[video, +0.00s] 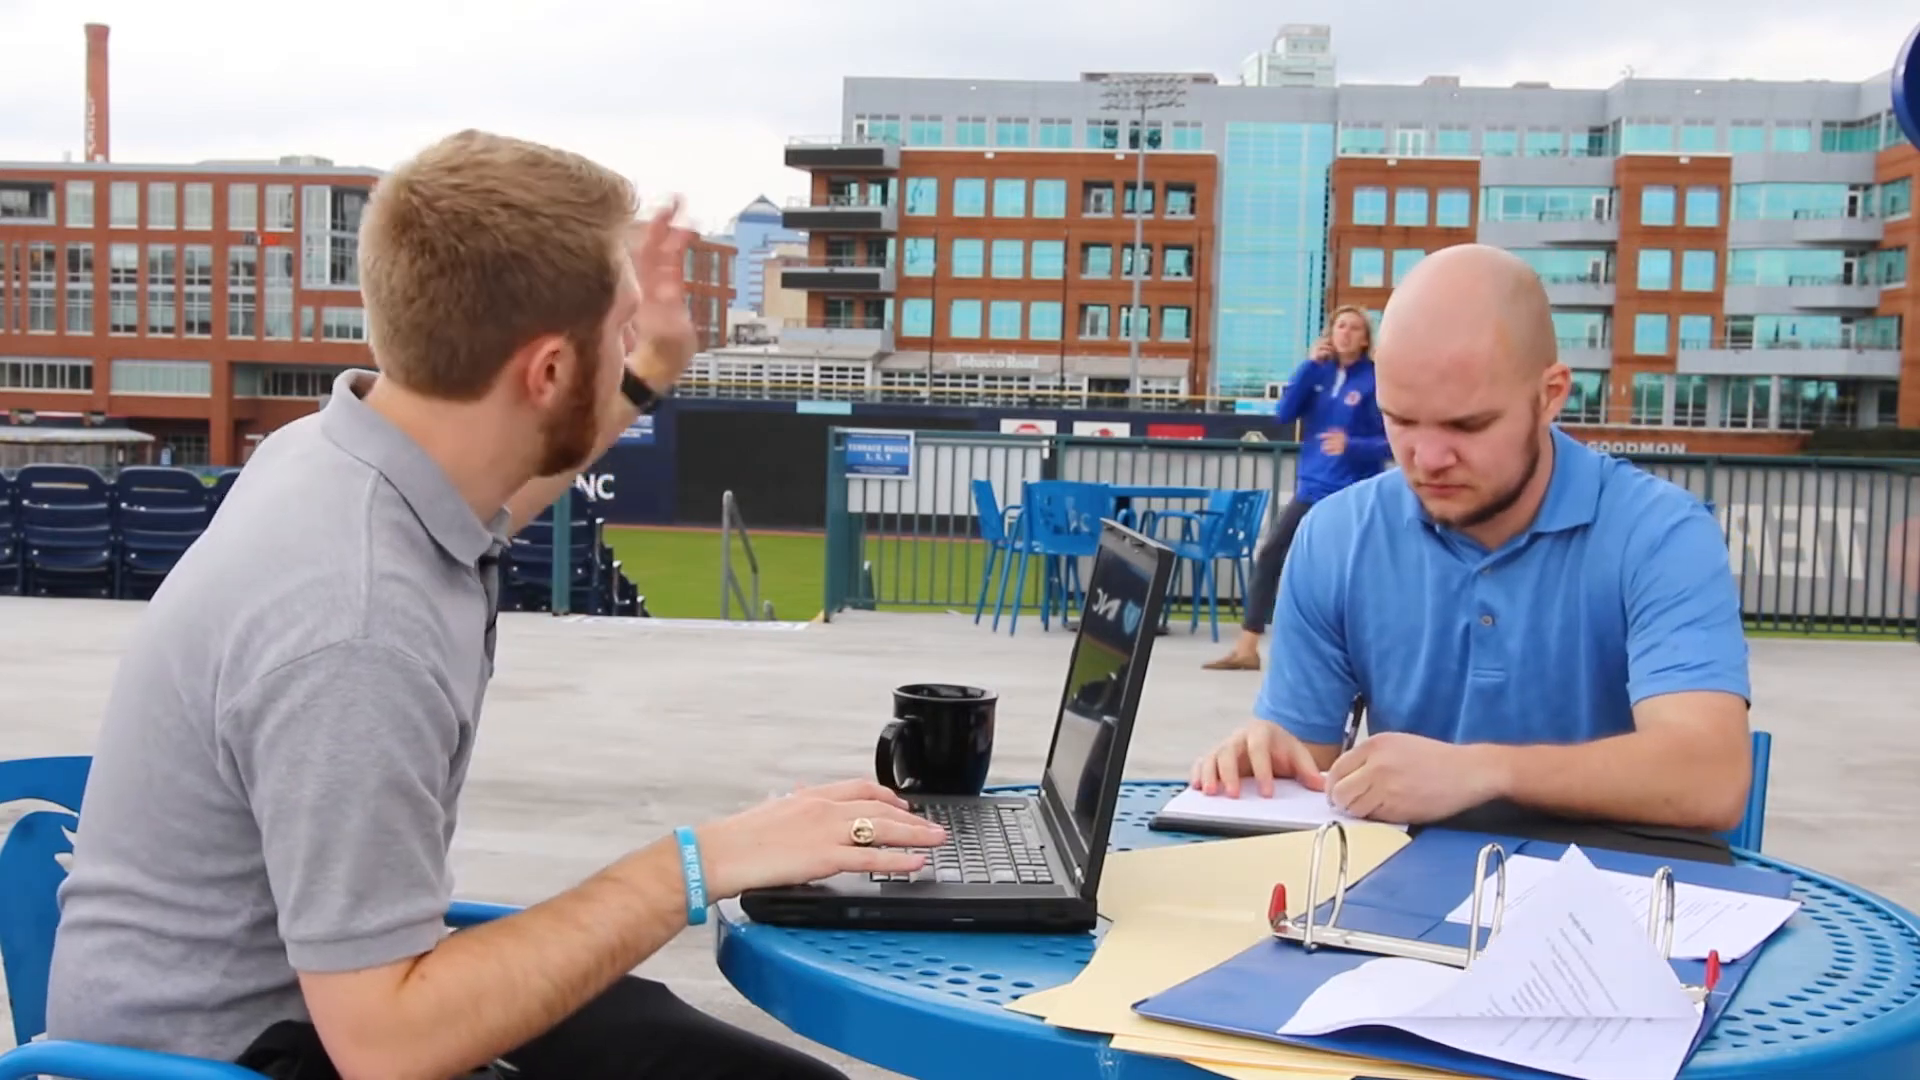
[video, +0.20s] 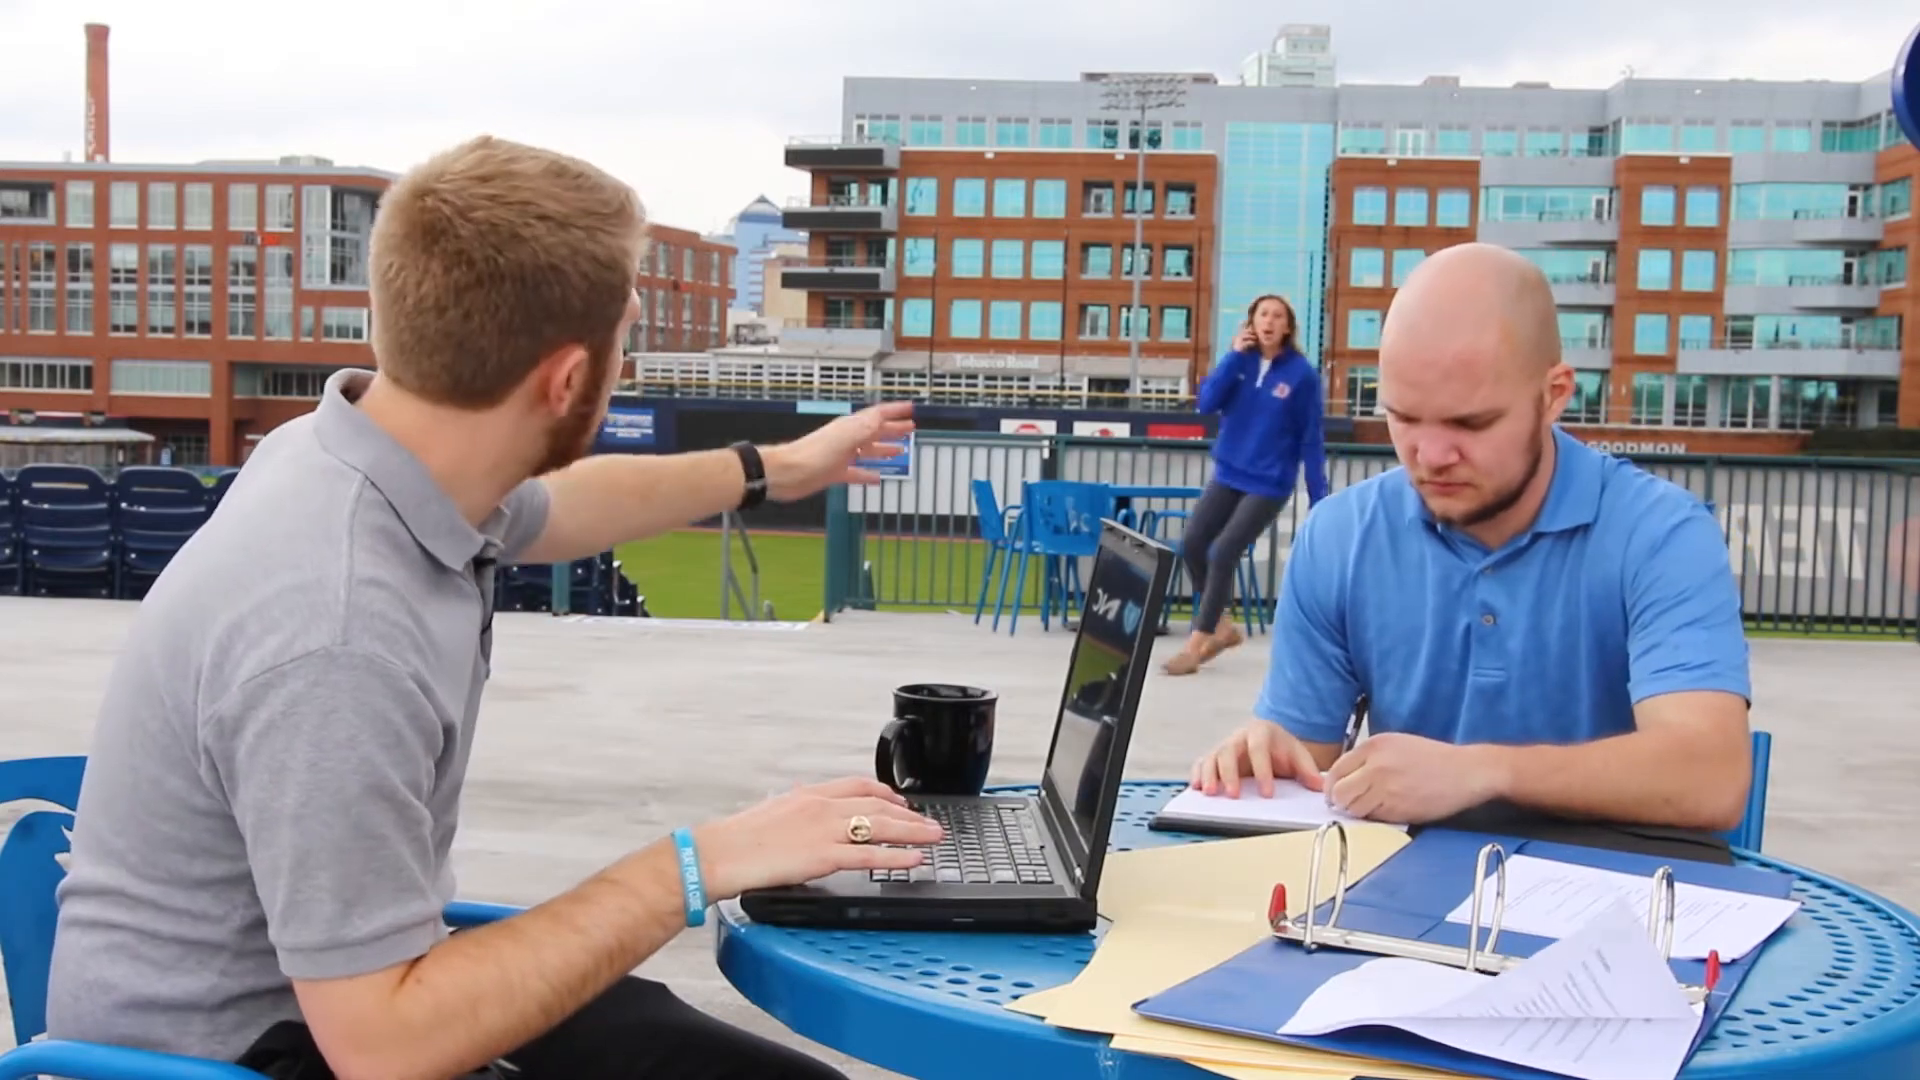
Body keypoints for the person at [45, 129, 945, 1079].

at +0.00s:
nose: (606, 391)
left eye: (623, 361)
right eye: (608, 366)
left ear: (405, 325)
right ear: (543, 373)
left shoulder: (340, 463)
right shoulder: (349, 620)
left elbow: (485, 501)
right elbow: (387, 1038)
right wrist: (713, 859)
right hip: (211, 1050)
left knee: (625, 1007)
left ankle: (811, 1070)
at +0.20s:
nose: (614, 371)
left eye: (619, 339)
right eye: (618, 343)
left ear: (403, 322)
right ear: (563, 379)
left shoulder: (354, 459)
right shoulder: (330, 626)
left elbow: (554, 511)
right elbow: (385, 1040)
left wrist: (775, 471)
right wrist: (710, 859)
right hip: (209, 1051)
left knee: (633, 1007)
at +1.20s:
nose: (603, 358)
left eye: (606, 327)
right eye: (608, 328)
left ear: (396, 313)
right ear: (574, 352)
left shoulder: (319, 470)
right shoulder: (347, 612)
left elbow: (447, 618)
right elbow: (379, 1030)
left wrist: (691, 589)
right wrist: (706, 859)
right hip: (219, 1048)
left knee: (644, 1015)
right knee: (792, 1063)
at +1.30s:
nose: (607, 357)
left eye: (610, 326)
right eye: (611, 326)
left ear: (397, 313)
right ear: (572, 350)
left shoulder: (338, 469)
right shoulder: (348, 610)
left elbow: (383, 683)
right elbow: (378, 1029)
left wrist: (614, 689)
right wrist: (704, 859)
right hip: (221, 1047)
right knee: (793, 1072)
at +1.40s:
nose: (615, 355)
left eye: (616, 320)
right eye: (615, 320)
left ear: (407, 314)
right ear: (563, 346)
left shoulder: (368, 481)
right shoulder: (348, 598)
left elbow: (345, 749)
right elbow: (374, 1027)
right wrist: (715, 859)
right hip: (212, 1046)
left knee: (650, 1014)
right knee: (786, 1066)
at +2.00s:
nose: (622, 318)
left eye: (612, 283)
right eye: (600, 284)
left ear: (504, 314)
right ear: (511, 314)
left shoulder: (387, 498)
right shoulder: (354, 539)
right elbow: (291, 939)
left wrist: (510, 881)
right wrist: (630, 769)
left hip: (376, 976)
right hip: (238, 1037)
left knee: (798, 1072)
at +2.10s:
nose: (623, 327)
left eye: (611, 289)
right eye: (599, 287)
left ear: (507, 311)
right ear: (509, 311)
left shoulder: (419, 505)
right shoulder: (342, 526)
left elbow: (348, 759)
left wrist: (506, 865)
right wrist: (559, 782)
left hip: (399, 964)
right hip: (244, 1033)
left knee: (800, 1072)